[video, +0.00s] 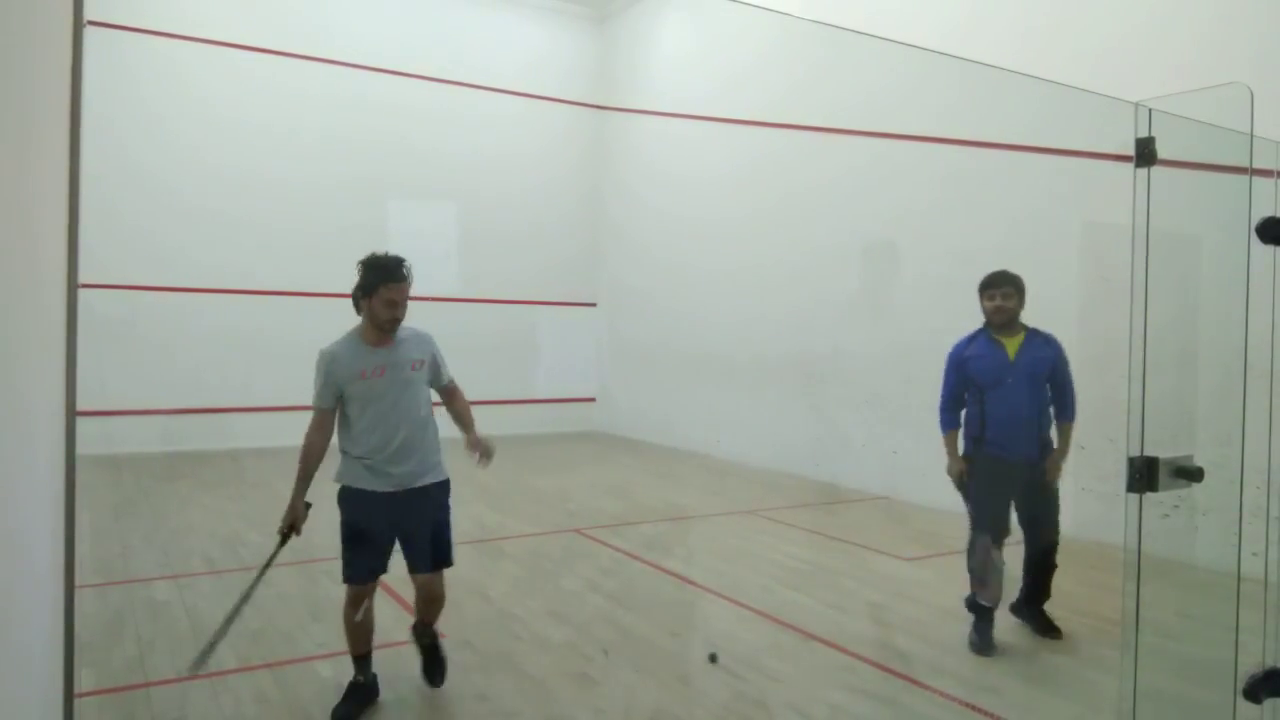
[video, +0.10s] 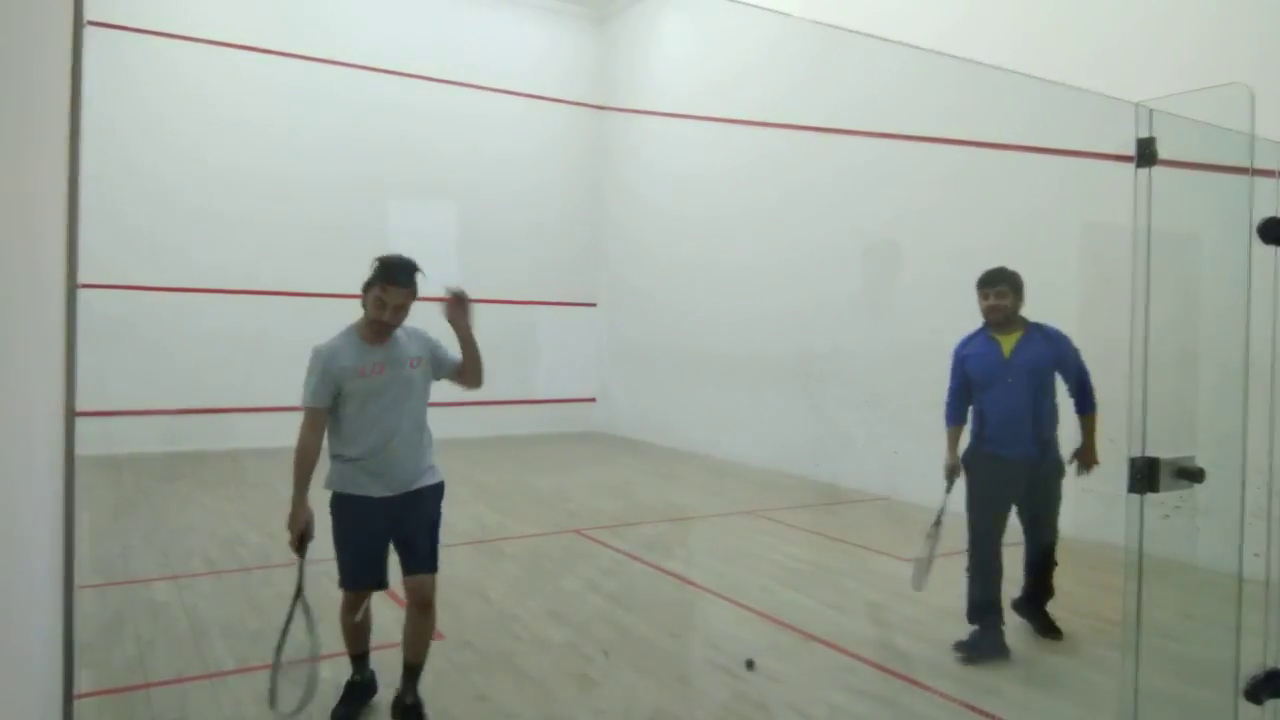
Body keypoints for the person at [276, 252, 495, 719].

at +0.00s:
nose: (398, 311)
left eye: (403, 301)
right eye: (389, 302)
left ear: (408, 299)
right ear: (362, 300)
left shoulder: (421, 345)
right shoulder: (335, 359)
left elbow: (449, 391)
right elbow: (319, 433)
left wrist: (470, 431)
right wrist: (297, 498)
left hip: (424, 487)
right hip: (364, 491)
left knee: (432, 590)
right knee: (359, 593)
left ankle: (425, 634)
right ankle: (363, 678)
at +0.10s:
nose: (389, 316)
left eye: (400, 307)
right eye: (382, 304)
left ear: (412, 305)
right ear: (365, 295)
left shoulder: (420, 344)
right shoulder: (331, 356)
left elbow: (471, 378)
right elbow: (311, 433)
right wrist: (299, 504)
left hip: (418, 490)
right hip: (356, 495)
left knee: (422, 597)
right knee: (356, 597)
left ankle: (409, 694)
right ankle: (360, 678)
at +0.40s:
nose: (420, 311)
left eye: (434, 303)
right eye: (414, 296)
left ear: (453, 304)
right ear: (403, 289)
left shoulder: (469, 347)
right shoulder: (364, 359)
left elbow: (531, 338)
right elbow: (336, 444)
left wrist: (469, 297)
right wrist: (307, 524)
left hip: (455, 522)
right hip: (383, 525)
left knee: (438, 645)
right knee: (376, 660)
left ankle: (424, 717)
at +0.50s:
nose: (414, 312)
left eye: (430, 302)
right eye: (407, 297)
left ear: (451, 304)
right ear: (396, 292)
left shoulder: (471, 350)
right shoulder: (359, 361)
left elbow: (536, 340)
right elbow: (332, 452)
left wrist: (466, 300)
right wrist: (299, 536)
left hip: (459, 536)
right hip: (383, 540)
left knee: (453, 669)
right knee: (388, 688)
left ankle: (432, 717)